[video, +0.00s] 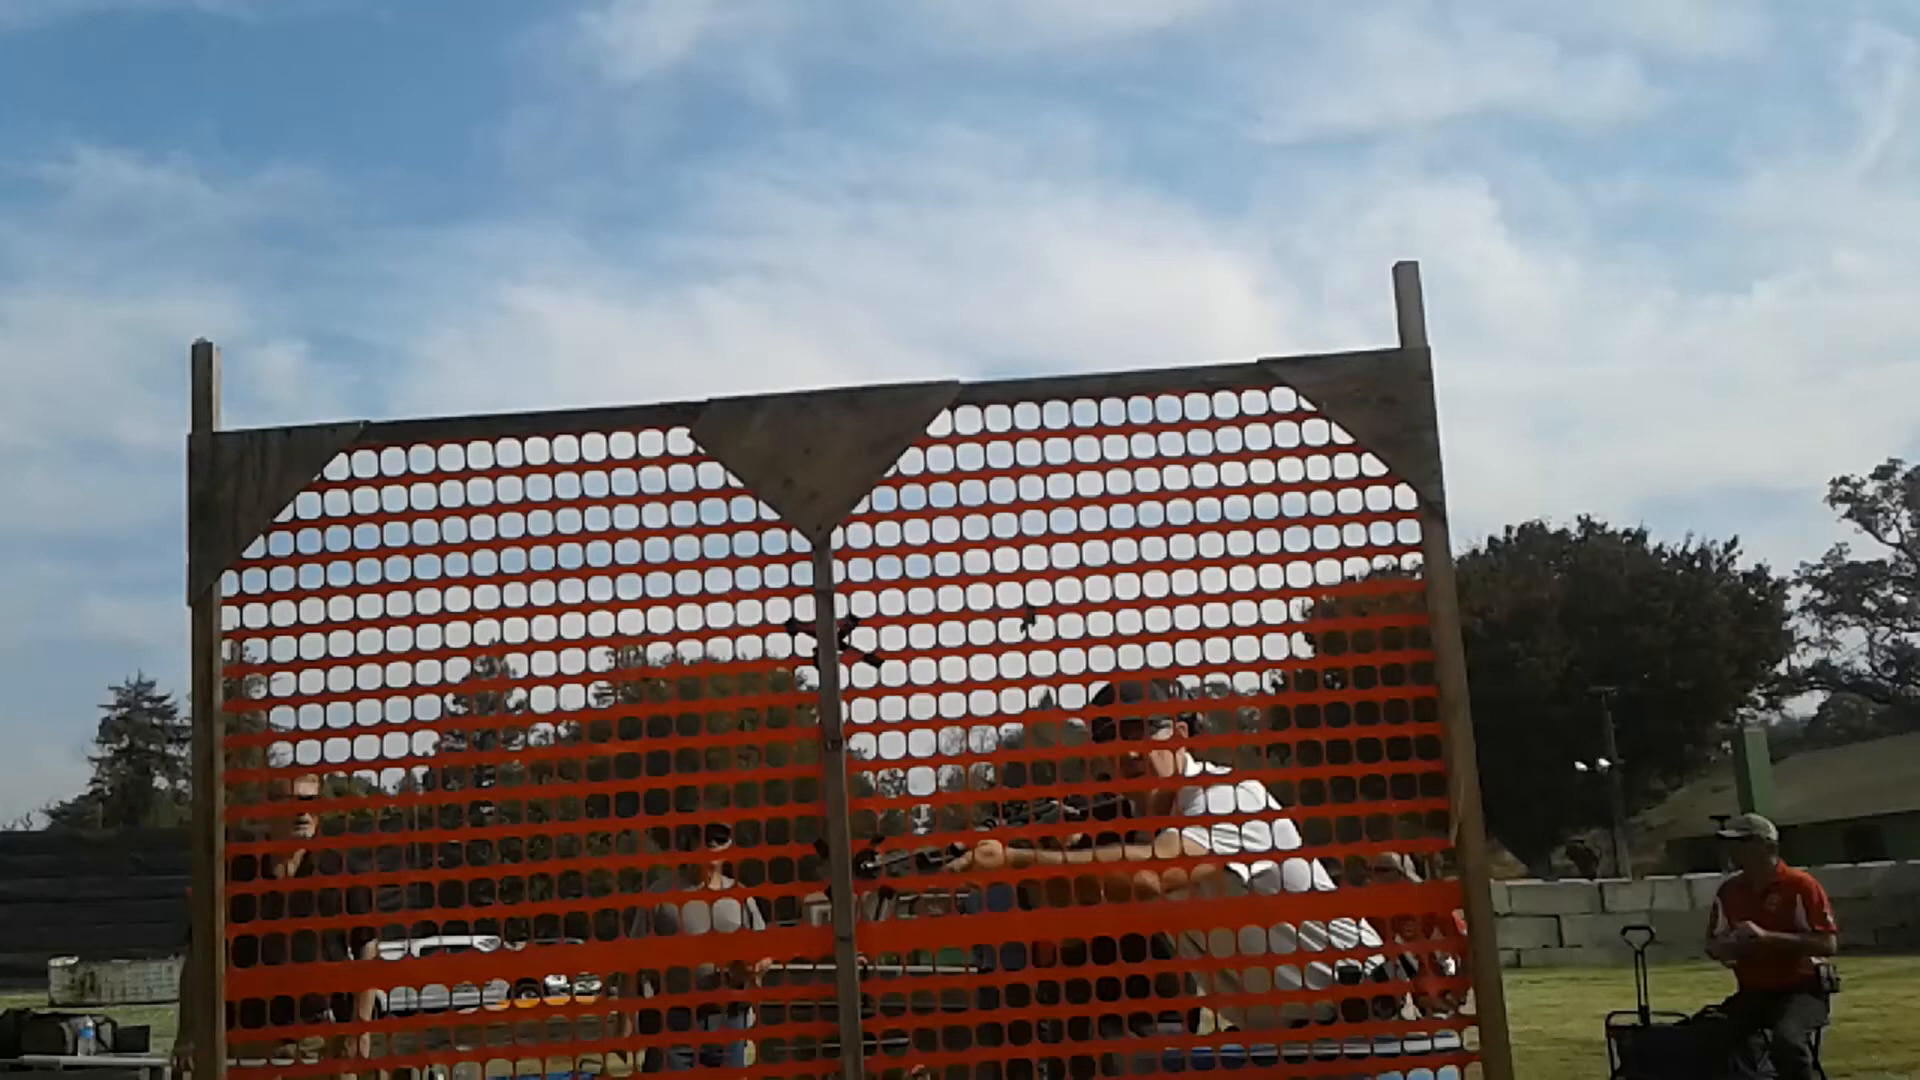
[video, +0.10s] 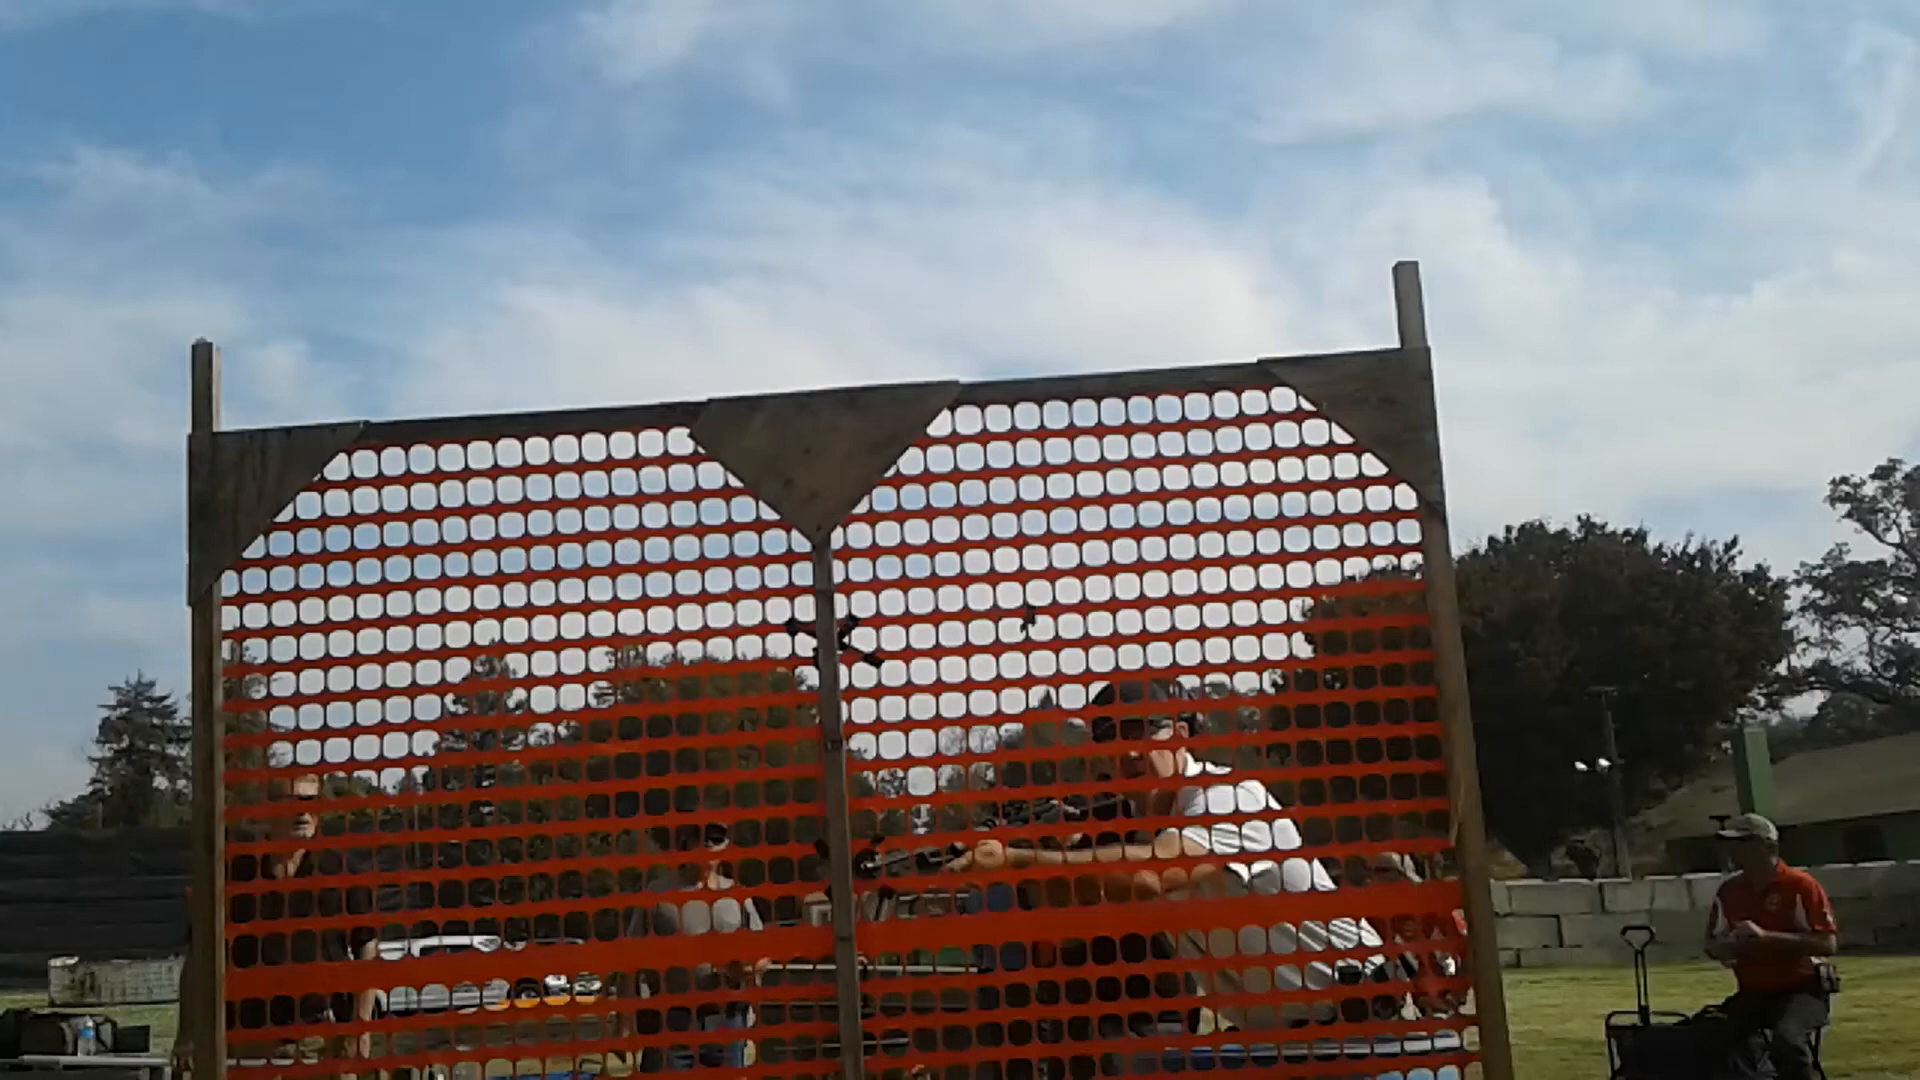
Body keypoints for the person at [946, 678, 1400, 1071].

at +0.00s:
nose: (1128, 756)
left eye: (1140, 736)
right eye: (1114, 746)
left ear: (1177, 733)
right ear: (1105, 757)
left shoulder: (1230, 794)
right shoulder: (1141, 839)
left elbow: (1154, 880)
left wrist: (1017, 863)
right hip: (1251, 1026)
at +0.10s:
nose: (1128, 753)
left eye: (1140, 734)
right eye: (1113, 743)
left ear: (1178, 733)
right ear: (1104, 756)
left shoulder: (1230, 793)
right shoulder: (1139, 838)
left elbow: (1153, 879)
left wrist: (1017, 863)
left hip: (1341, 1008)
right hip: (1257, 1030)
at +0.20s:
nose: (1129, 759)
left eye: (1139, 740)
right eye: (1114, 751)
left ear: (1177, 734)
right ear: (1107, 761)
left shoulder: (1229, 794)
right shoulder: (1144, 837)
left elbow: (1154, 879)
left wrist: (1018, 863)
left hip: (1336, 1004)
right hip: (1253, 1026)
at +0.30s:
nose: (1129, 758)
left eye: (1139, 739)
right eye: (1114, 750)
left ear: (1176, 734)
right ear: (1105, 761)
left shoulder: (1230, 794)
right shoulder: (1139, 839)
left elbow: (1153, 879)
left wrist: (1017, 863)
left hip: (1341, 1008)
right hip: (1255, 1029)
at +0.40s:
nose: (1130, 759)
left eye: (1140, 740)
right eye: (1115, 751)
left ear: (1176, 735)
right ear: (1107, 762)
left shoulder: (1230, 794)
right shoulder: (1141, 838)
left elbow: (1153, 879)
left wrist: (1017, 863)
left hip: (1338, 1002)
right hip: (1256, 1026)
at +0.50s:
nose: (1130, 764)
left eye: (1139, 746)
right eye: (1115, 757)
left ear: (1177, 736)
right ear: (1107, 766)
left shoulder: (1233, 795)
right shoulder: (1140, 840)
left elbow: (1153, 880)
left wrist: (1016, 863)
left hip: (1338, 1003)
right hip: (1257, 1028)